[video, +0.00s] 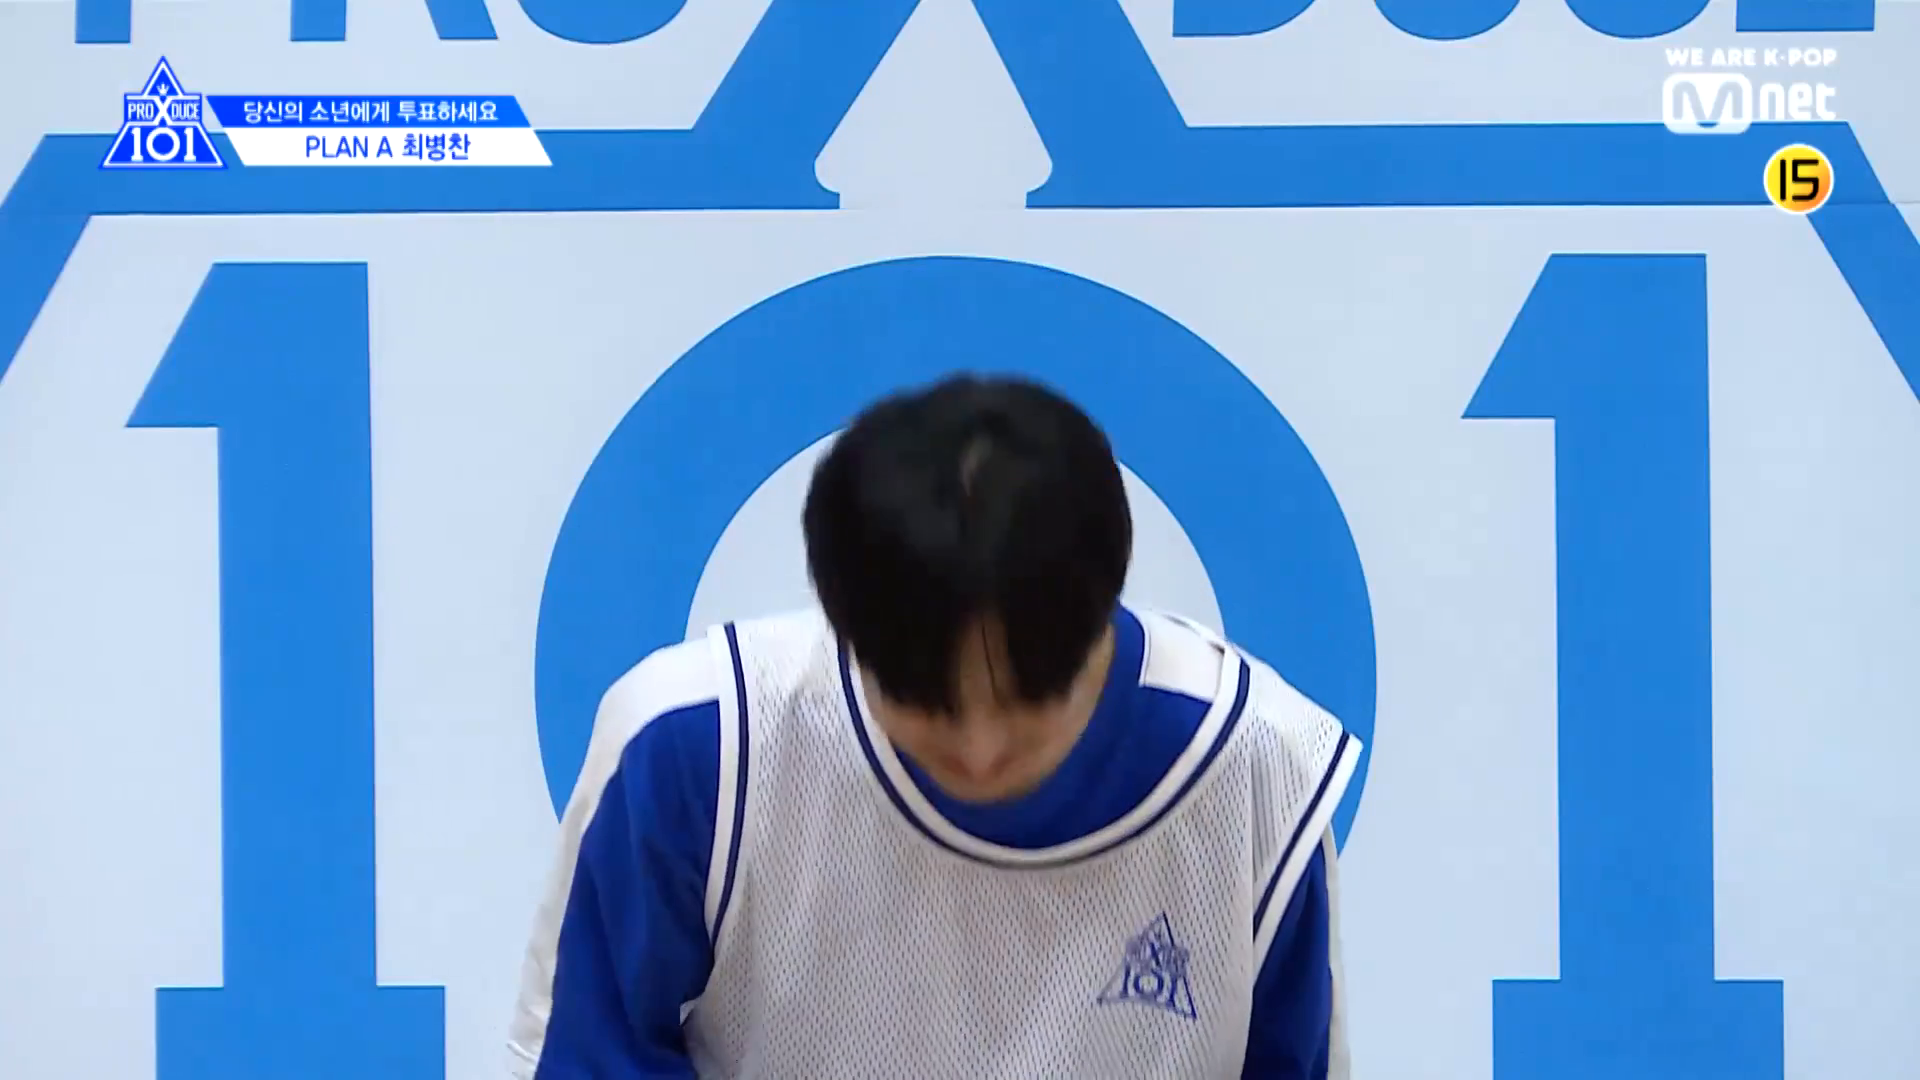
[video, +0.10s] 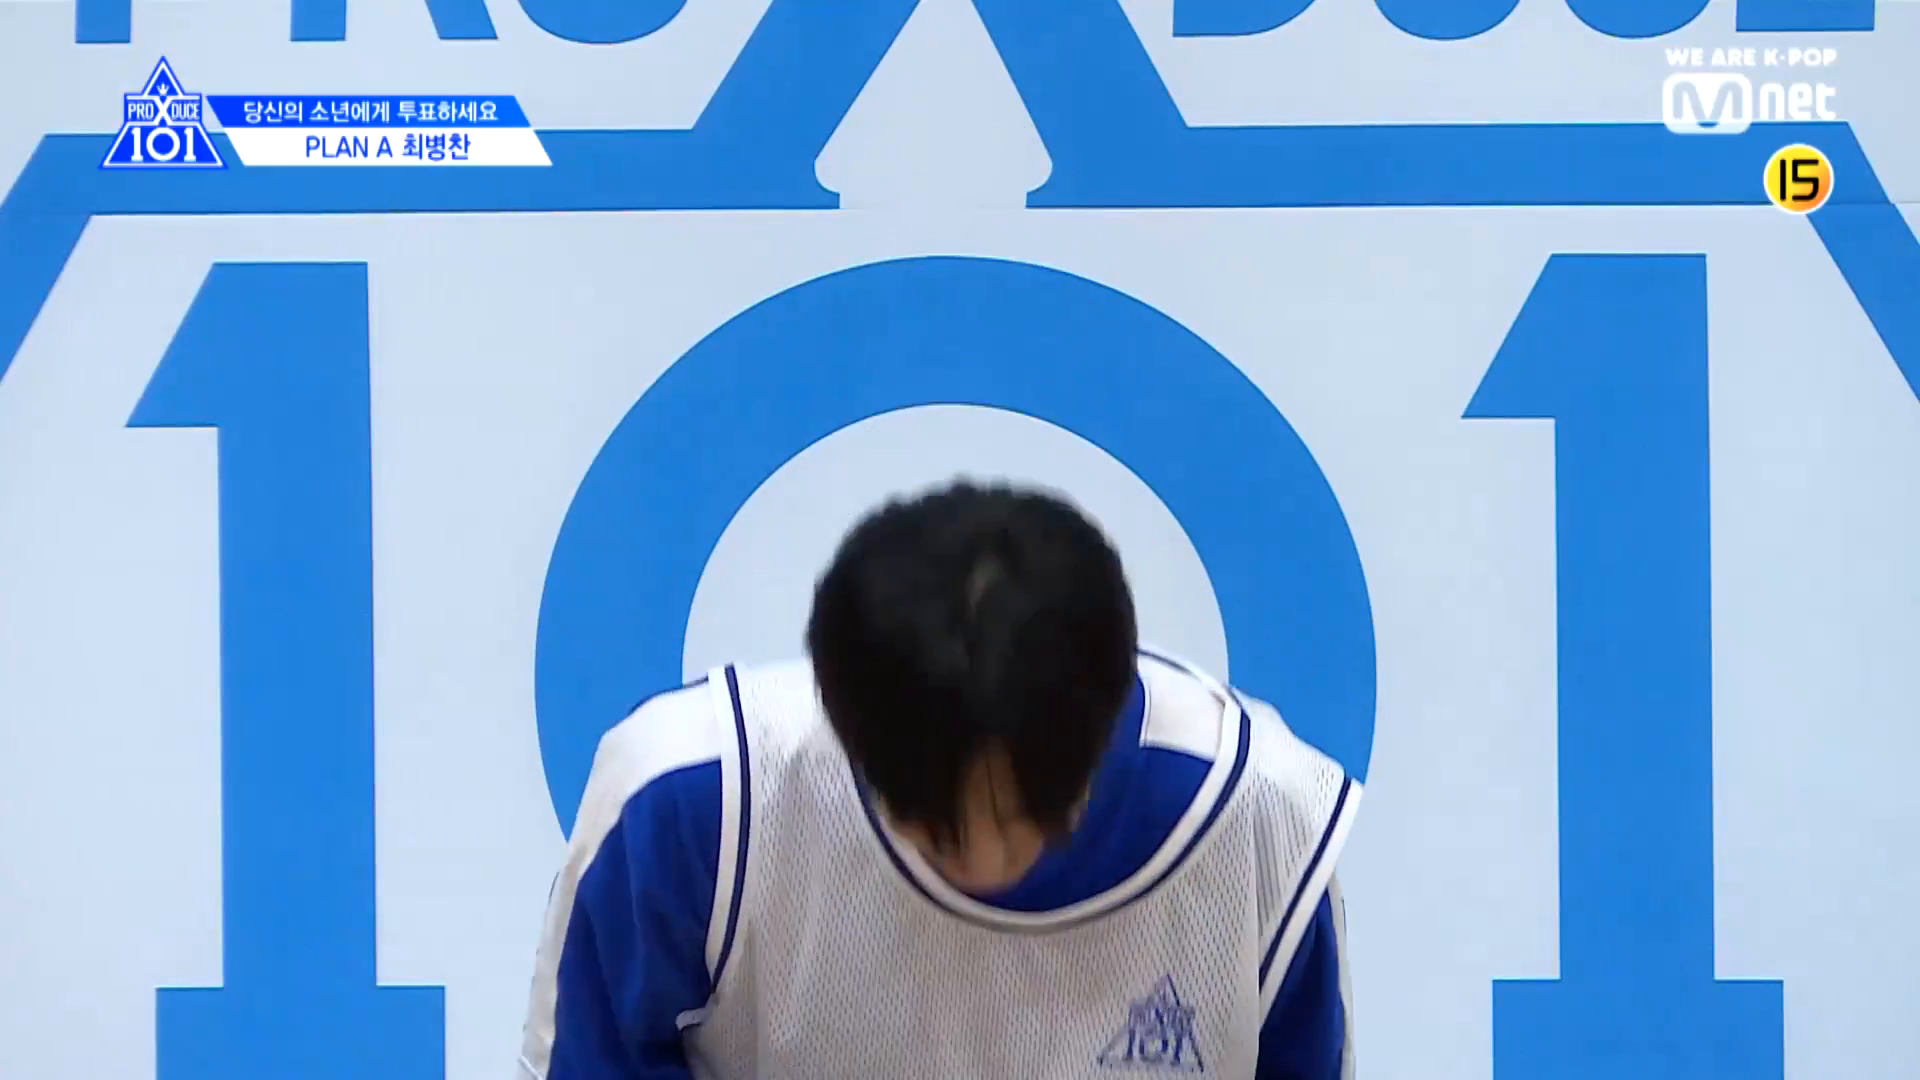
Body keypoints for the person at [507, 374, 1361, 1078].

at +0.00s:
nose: (981, 751)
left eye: (1034, 696)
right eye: (922, 702)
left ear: (1105, 614)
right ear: (850, 637)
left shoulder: (1259, 783)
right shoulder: (687, 756)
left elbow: (1285, 1057)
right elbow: (592, 1052)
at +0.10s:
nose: (988, 862)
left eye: (1036, 804)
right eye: (930, 814)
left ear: (1103, 724)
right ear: (857, 746)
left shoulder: (1268, 832)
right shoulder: (683, 813)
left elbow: (1301, 1064)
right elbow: (596, 1062)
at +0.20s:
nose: (995, 956)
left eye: (1039, 914)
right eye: (943, 918)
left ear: (1113, 821)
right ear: (857, 842)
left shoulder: (1275, 895)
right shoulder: (674, 869)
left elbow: (1309, 1072)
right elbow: (585, 1068)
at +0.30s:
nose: (992, 1052)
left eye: (1036, 1007)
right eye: (940, 1012)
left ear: (1103, 919)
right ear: (854, 927)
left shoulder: (1273, 945)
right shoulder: (665, 921)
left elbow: (1317, 1066)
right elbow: (582, 1063)